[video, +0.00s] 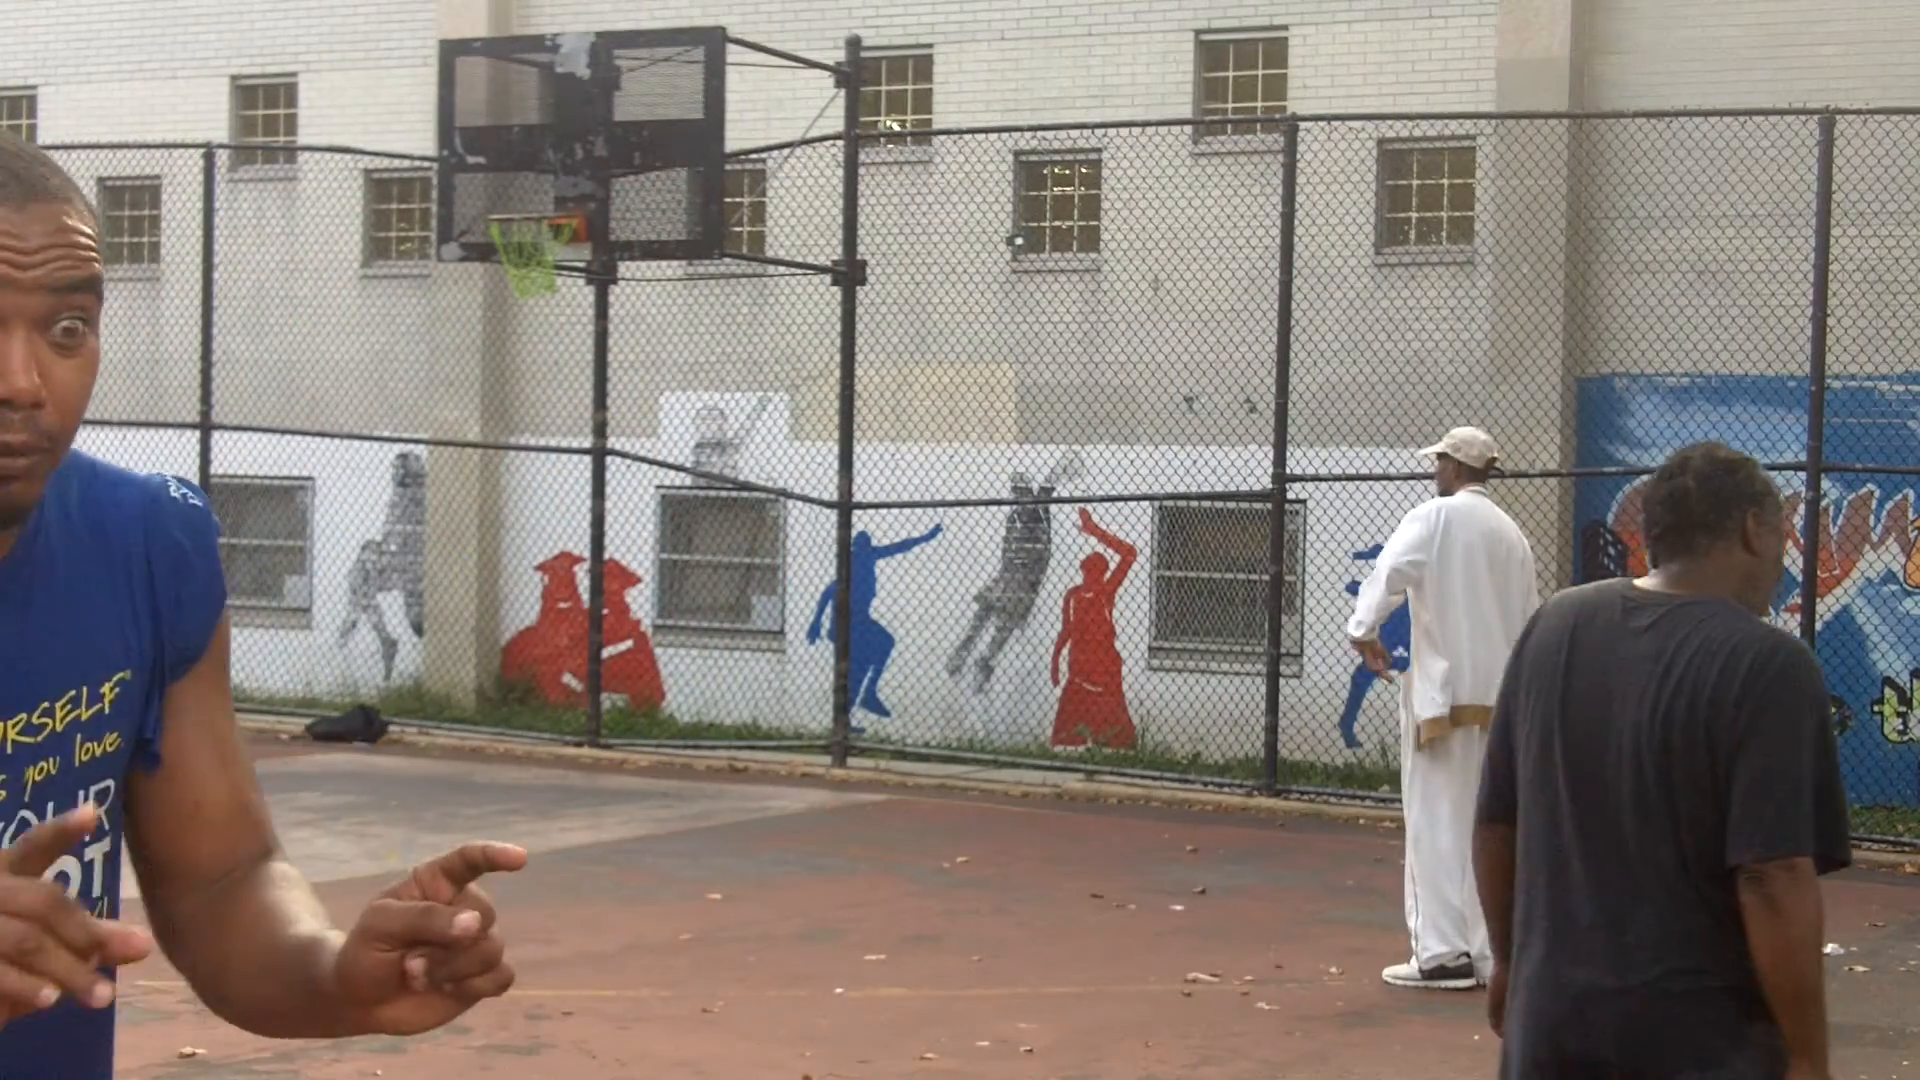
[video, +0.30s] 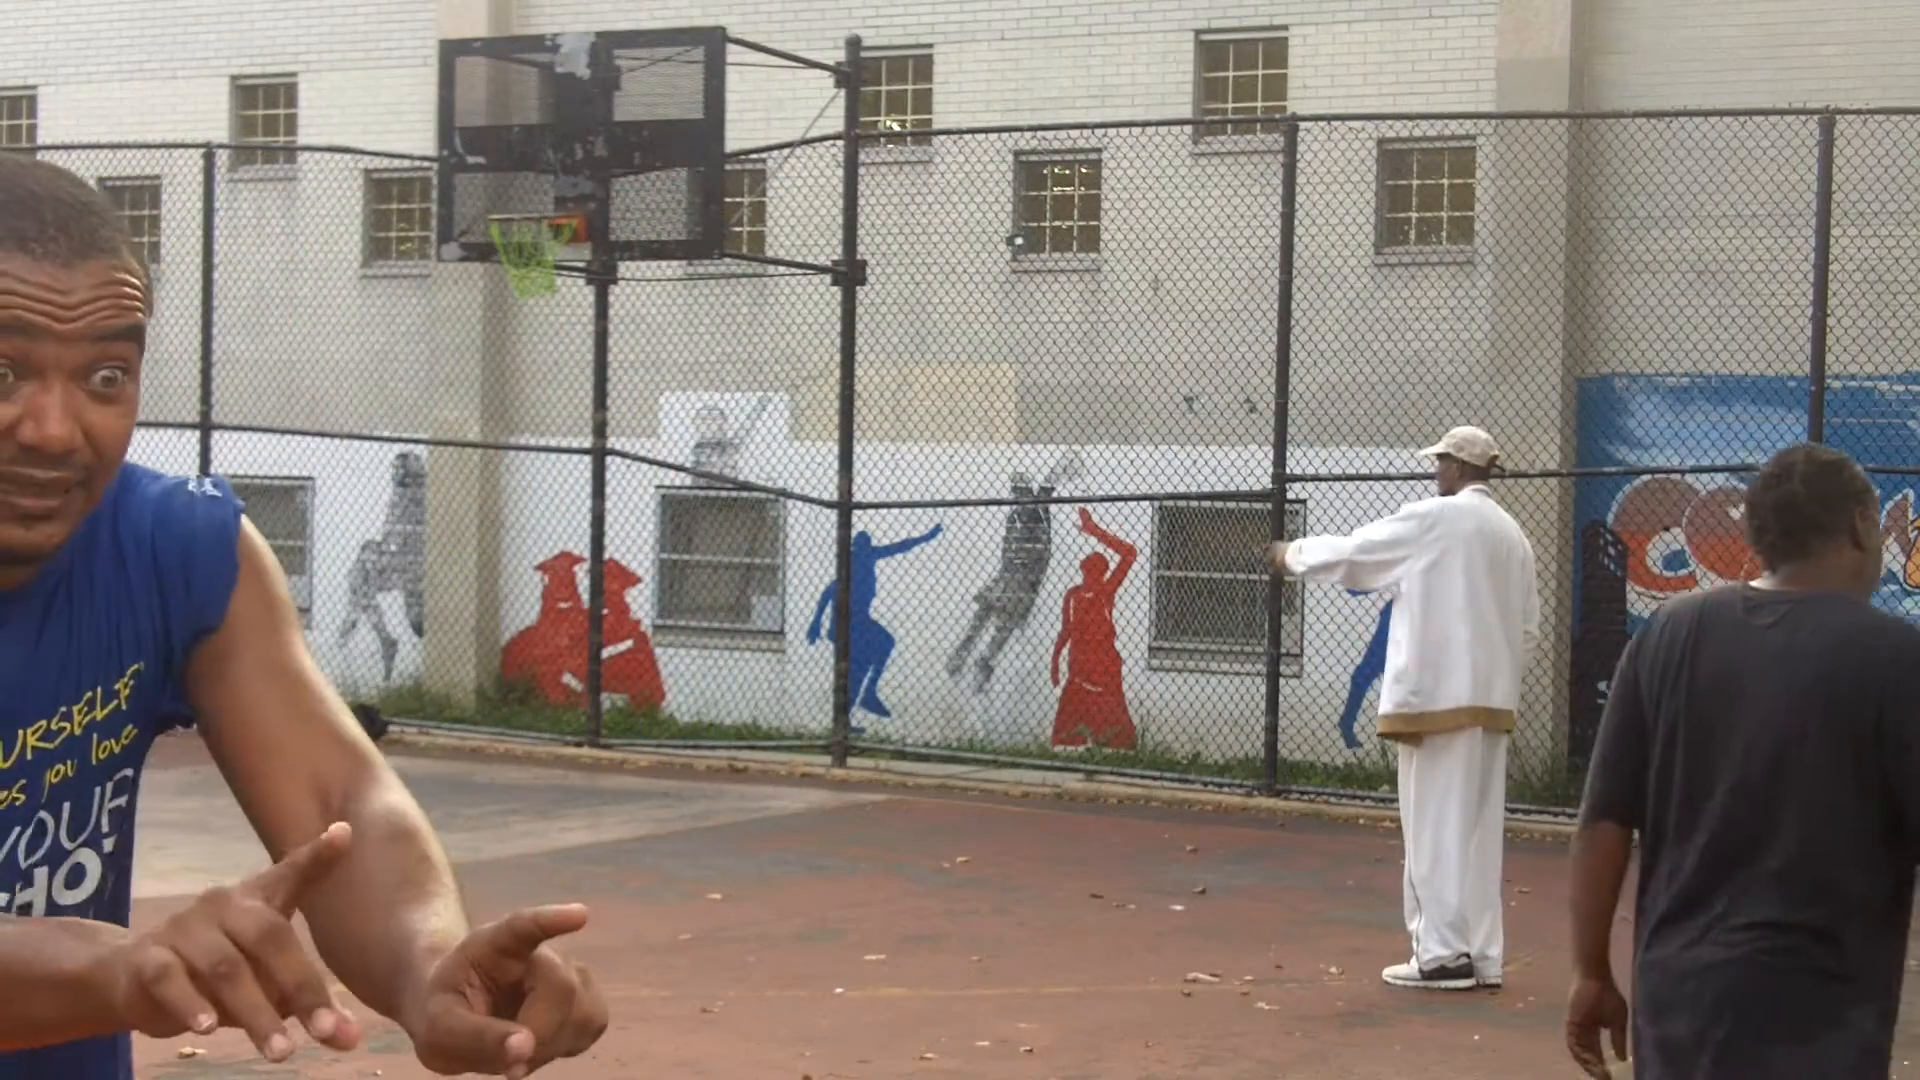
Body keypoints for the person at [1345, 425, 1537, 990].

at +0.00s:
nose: (1433, 475)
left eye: (1437, 467)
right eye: (1435, 467)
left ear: (1453, 469)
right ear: (1483, 473)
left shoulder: (1435, 517)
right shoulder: (1515, 534)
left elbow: (1388, 577)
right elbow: (1531, 611)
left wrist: (1364, 634)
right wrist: (1510, 670)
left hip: (1446, 694)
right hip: (1509, 698)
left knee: (1435, 825)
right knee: (1493, 828)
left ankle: (1442, 953)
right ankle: (1489, 953)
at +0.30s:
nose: (1434, 475)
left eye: (1441, 466)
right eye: (1437, 466)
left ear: (1460, 470)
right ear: (1483, 473)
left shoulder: (1440, 518)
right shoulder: (1515, 536)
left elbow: (1358, 548)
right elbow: (1528, 623)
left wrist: (1291, 553)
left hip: (1440, 691)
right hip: (1494, 695)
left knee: (1434, 822)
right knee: (1479, 824)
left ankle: (1442, 954)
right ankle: (1481, 956)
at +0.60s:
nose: (1433, 477)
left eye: (1438, 469)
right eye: (1436, 469)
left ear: (1454, 471)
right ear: (1486, 475)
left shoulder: (1429, 516)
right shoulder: (1518, 539)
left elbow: (1342, 530)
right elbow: (1528, 628)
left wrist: (1284, 504)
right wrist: (1496, 680)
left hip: (1432, 689)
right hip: (1491, 696)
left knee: (1432, 823)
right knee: (1479, 825)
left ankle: (1441, 954)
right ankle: (1481, 957)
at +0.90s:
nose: (1436, 474)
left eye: (1441, 466)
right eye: (1439, 465)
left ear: (1455, 470)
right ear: (1486, 475)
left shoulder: (1429, 515)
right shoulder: (1517, 539)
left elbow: (1345, 536)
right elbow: (1530, 630)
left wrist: (1297, 507)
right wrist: (1493, 679)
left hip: (1432, 691)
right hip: (1491, 697)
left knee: (1430, 823)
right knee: (1478, 825)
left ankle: (1441, 954)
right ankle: (1481, 956)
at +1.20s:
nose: (1436, 474)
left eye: (1442, 466)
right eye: (1439, 465)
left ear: (1457, 470)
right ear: (1487, 474)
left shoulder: (1435, 516)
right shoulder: (1519, 538)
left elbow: (1349, 533)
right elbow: (1532, 629)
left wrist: (1305, 504)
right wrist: (1496, 679)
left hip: (1438, 691)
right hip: (1494, 697)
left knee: (1436, 823)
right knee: (1482, 824)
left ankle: (1444, 954)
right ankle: (1484, 956)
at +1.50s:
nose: (1434, 476)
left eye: (1439, 467)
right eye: (1436, 467)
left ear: (1456, 468)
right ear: (1485, 472)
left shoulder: (1435, 515)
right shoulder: (1518, 537)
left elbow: (1350, 544)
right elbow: (1530, 628)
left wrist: (1334, 500)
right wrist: (1494, 679)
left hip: (1437, 689)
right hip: (1495, 696)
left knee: (1437, 822)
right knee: (1484, 824)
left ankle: (1445, 952)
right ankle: (1487, 957)